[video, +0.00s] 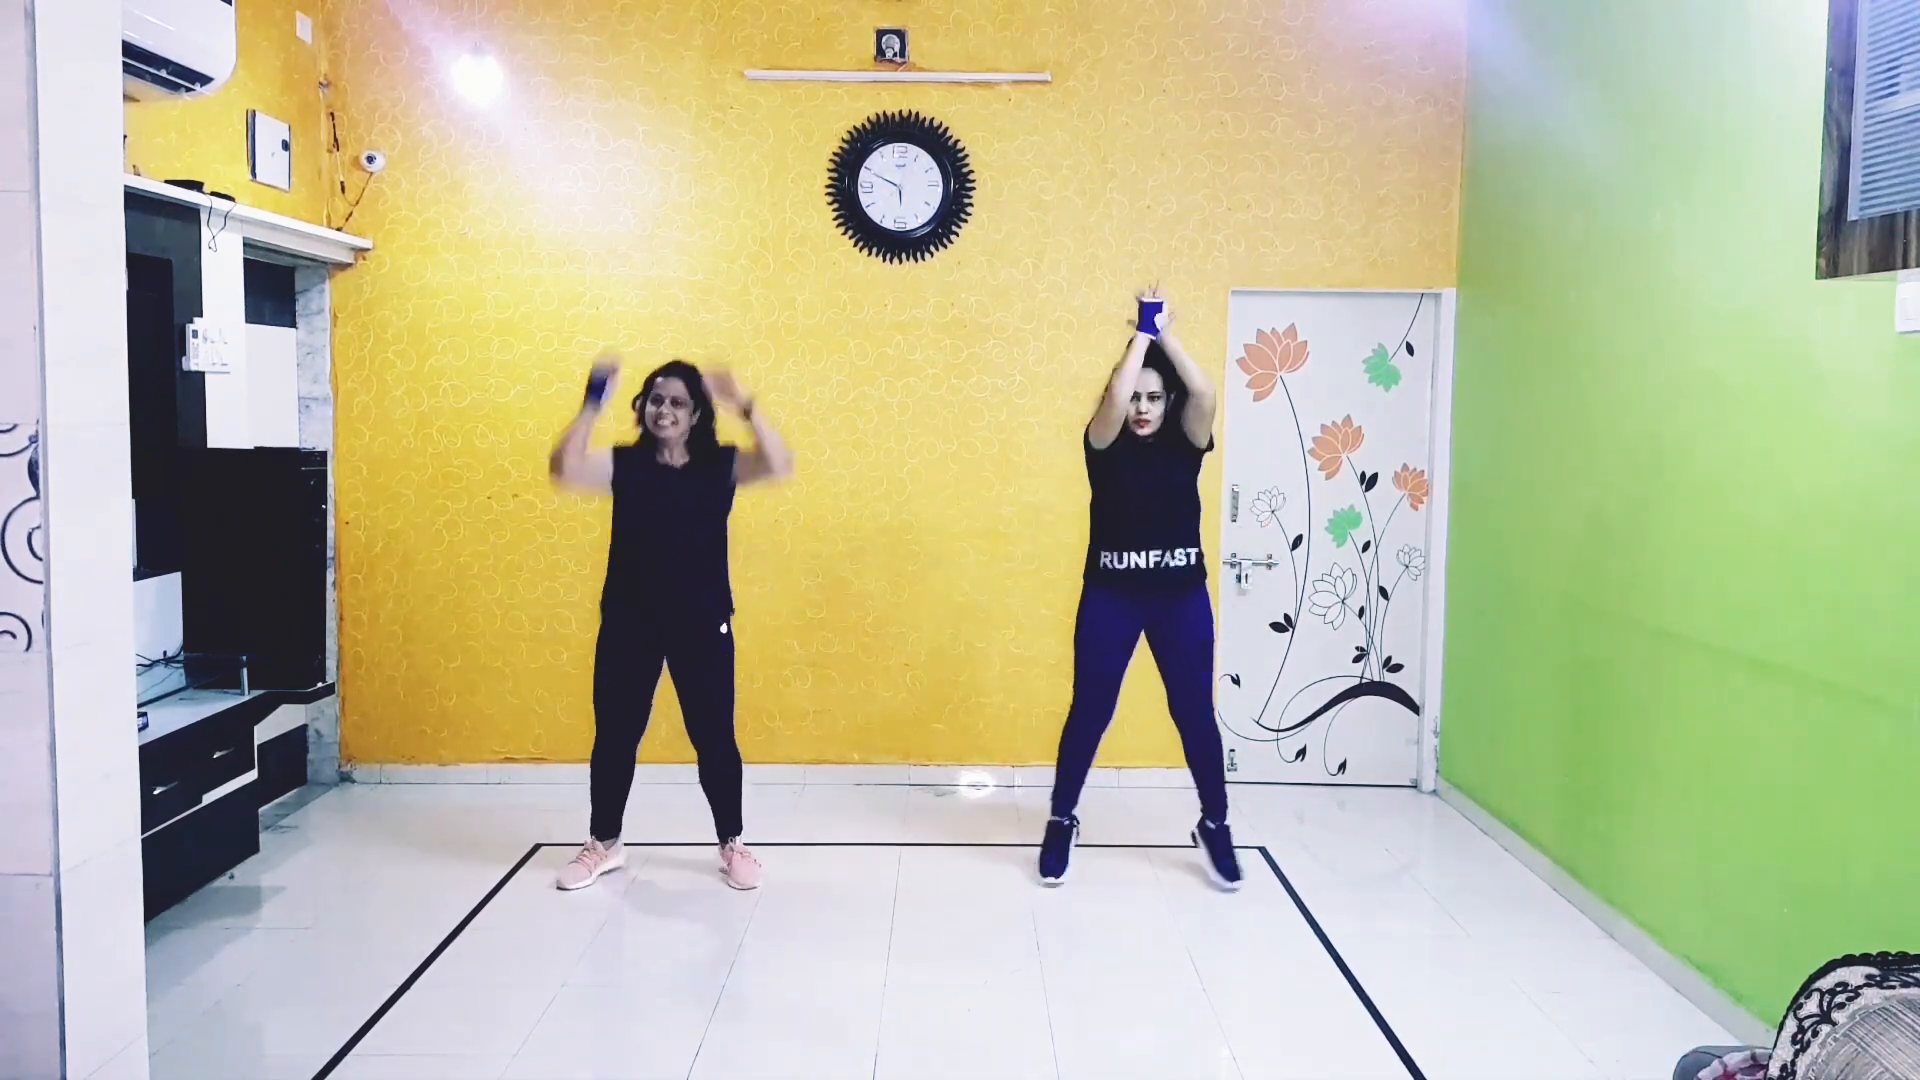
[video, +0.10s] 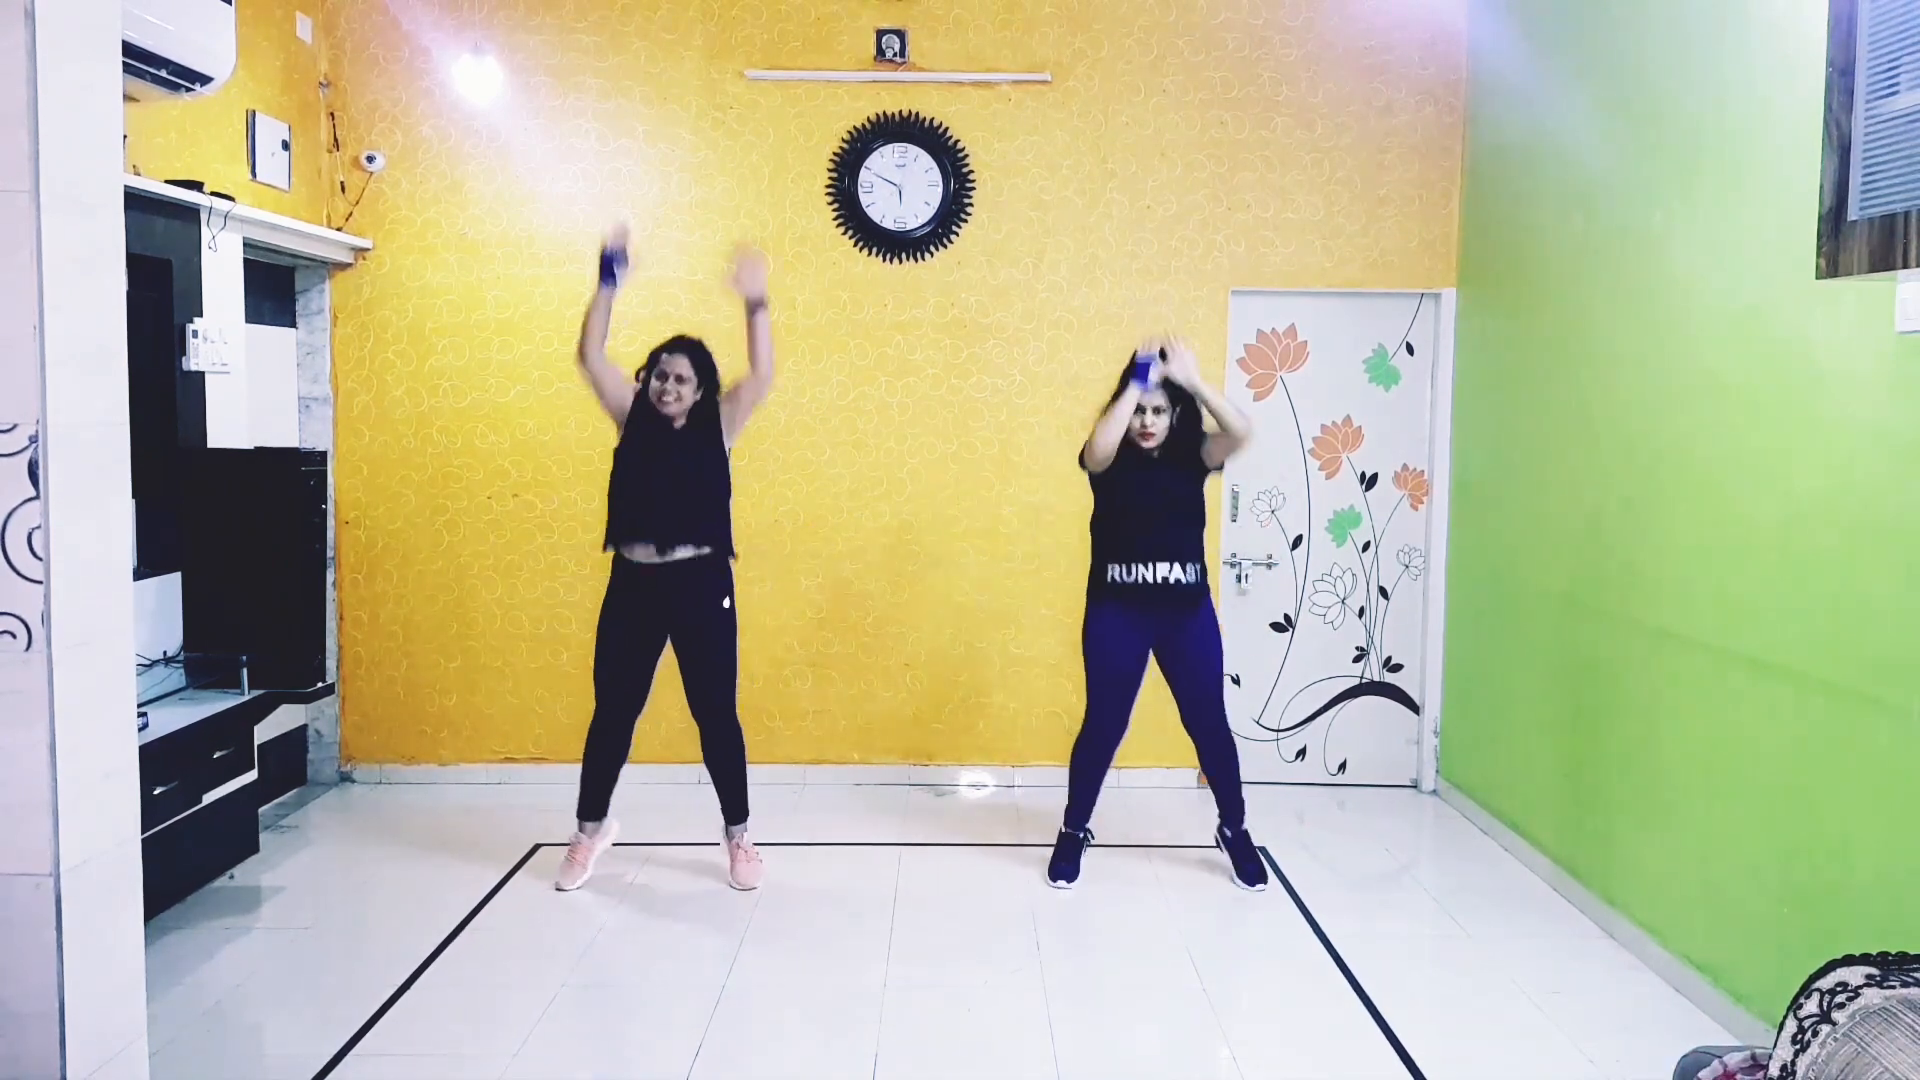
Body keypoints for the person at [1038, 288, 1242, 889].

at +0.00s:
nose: (1142, 407)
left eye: (1152, 398)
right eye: (1134, 398)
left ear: (1170, 403)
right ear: (1119, 401)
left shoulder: (1188, 441)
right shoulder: (1103, 442)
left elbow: (1203, 394)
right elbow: (1118, 396)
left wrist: (1164, 335)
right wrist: (1140, 337)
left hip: (1181, 596)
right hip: (1110, 596)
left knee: (1196, 712)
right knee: (1089, 711)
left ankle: (1216, 824)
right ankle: (1061, 822)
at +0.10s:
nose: (1147, 420)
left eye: (1158, 410)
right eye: (1138, 409)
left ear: (1176, 414)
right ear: (1123, 410)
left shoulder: (1193, 456)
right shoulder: (1104, 459)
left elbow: (1239, 434)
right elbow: (1099, 448)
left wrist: (1195, 384)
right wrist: (1132, 387)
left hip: (1186, 610)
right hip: (1117, 610)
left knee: (1209, 723)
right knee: (1104, 723)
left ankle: (1235, 830)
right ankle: (1073, 833)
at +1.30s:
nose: (1153, 438)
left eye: (1165, 429)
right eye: (1144, 428)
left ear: (1184, 438)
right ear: (1131, 437)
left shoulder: (1208, 497)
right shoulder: (1116, 499)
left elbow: (1239, 559)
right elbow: (1079, 564)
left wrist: (1272, 607)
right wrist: (1041, 616)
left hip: (1176, 641)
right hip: (1107, 634)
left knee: (1203, 748)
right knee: (1089, 738)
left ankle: (1230, 841)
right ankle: (1065, 836)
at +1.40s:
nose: (1158, 432)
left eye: (1170, 422)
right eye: (1149, 421)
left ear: (1188, 433)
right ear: (1136, 431)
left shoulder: (1210, 494)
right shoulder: (1119, 495)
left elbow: (1240, 556)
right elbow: (1083, 559)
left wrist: (1271, 603)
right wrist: (1044, 611)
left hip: (1182, 640)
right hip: (1112, 633)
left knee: (1206, 744)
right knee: (1093, 736)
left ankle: (1232, 841)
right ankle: (1067, 837)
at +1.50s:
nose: (1167, 430)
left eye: (1179, 422)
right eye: (1158, 421)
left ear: (1197, 435)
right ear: (1144, 431)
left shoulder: (1212, 496)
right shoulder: (1121, 492)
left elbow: (1243, 559)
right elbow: (1085, 557)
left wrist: (1277, 609)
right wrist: (1051, 613)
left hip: (1196, 638)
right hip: (1124, 635)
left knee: (1214, 741)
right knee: (1100, 740)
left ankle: (1233, 842)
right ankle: (1071, 839)